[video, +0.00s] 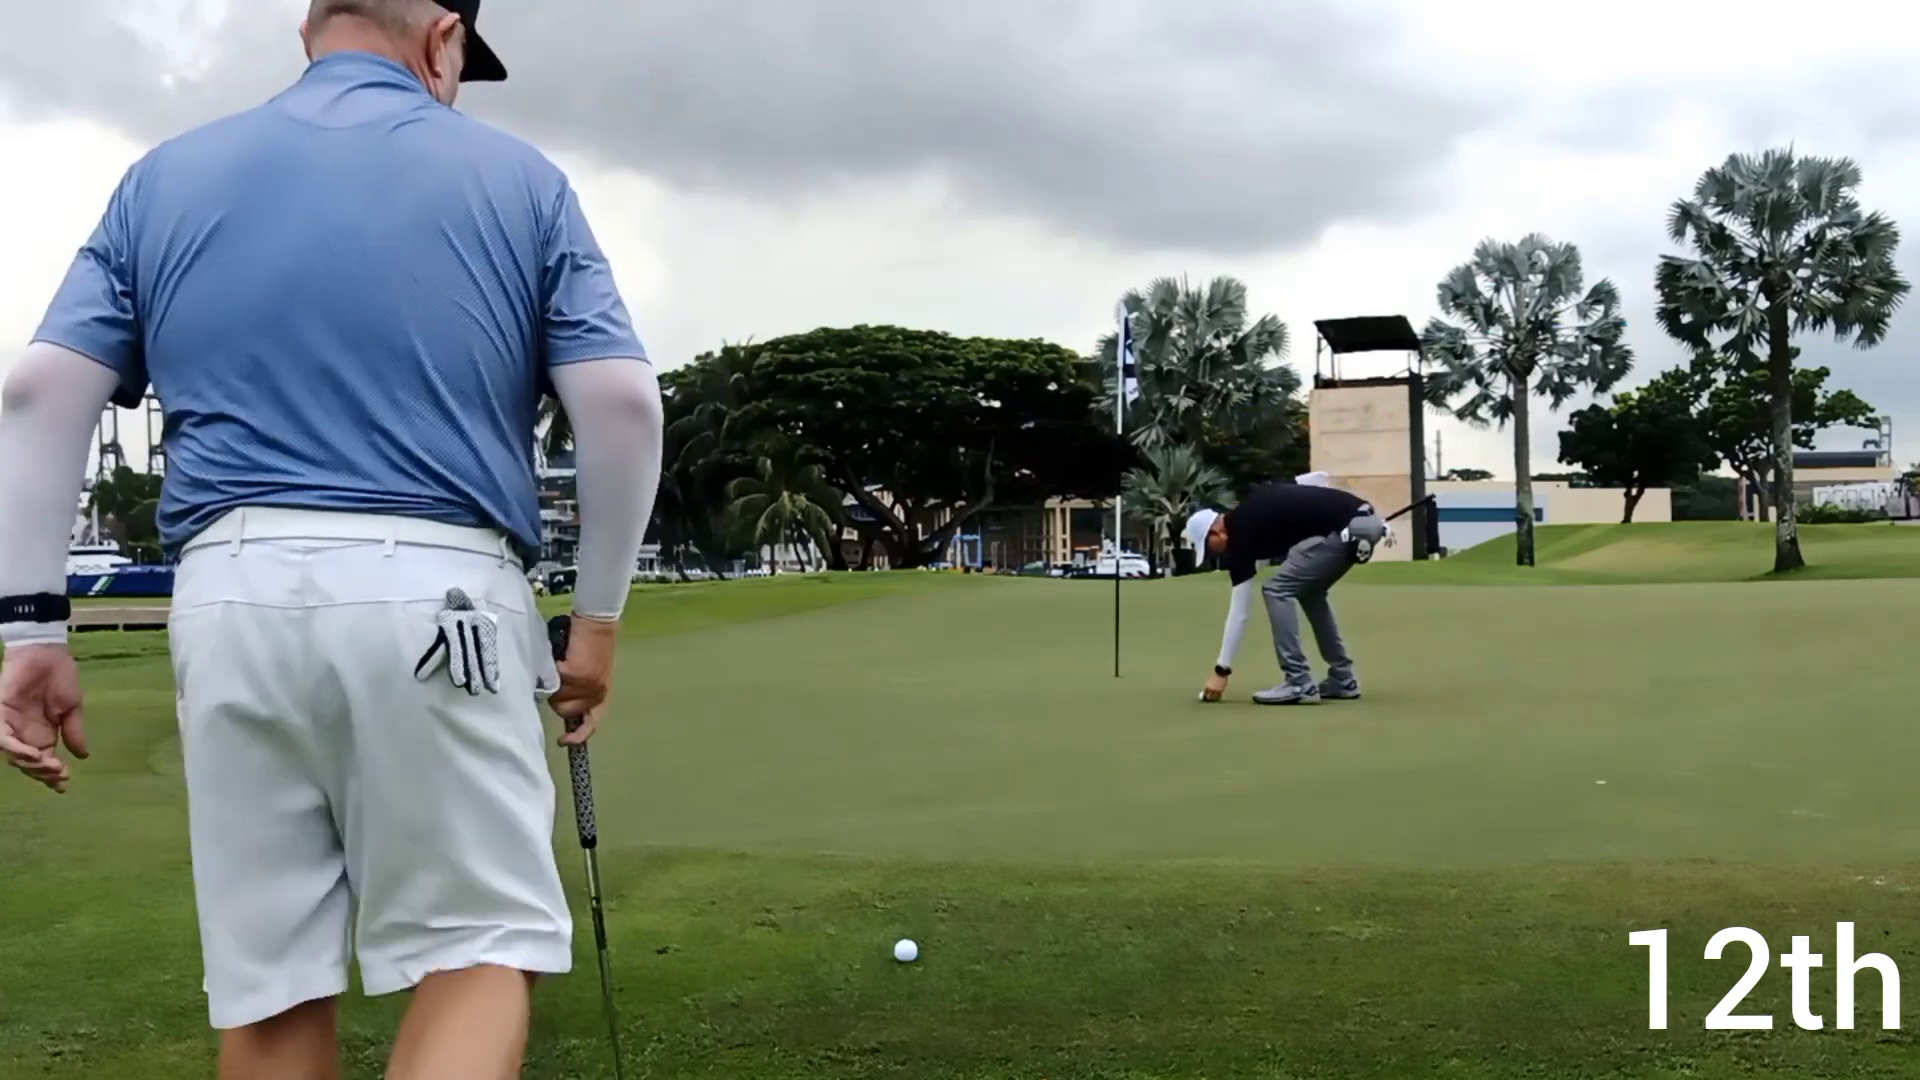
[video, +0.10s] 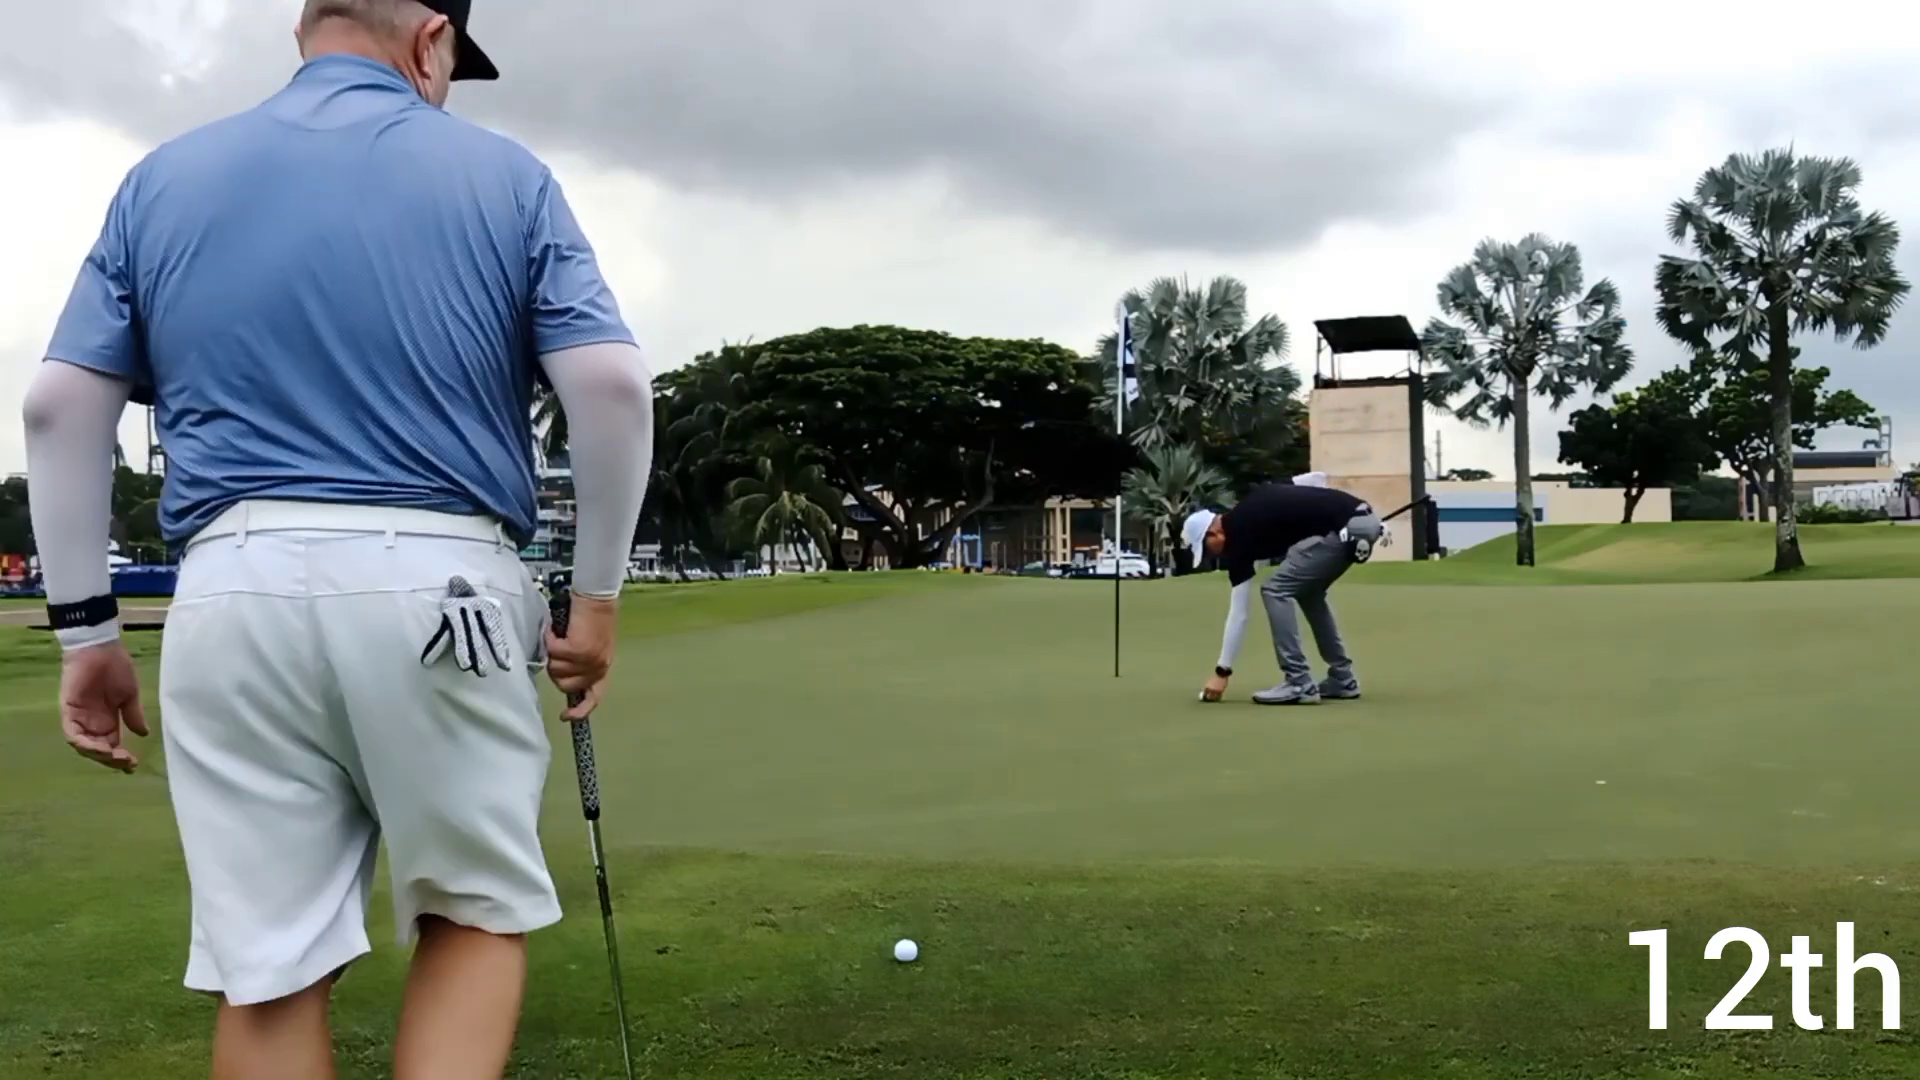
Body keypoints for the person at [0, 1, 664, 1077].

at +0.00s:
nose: (462, 82)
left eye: (468, 64)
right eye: (466, 57)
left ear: (309, 37)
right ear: (439, 44)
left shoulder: (168, 173)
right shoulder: (517, 176)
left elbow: (45, 386)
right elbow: (621, 398)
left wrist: (32, 624)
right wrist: (598, 615)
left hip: (226, 593)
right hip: (441, 590)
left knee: (270, 989)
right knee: (472, 948)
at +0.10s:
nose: (454, 80)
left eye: (457, 61)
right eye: (457, 55)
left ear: (305, 35)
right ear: (428, 37)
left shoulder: (164, 177)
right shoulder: (503, 174)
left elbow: (62, 407)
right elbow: (612, 383)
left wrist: (87, 630)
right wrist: (596, 590)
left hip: (229, 589)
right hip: (443, 584)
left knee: (268, 977)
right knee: (471, 912)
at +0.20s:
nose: (451, 100)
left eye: (452, 82)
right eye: (452, 76)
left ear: (303, 52)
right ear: (423, 58)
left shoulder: (172, 192)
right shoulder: (497, 187)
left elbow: (90, 435)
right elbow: (602, 391)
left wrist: (151, 622)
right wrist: (593, 594)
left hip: (239, 592)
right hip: (446, 588)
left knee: (271, 958)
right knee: (462, 903)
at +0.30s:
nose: (452, 129)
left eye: (456, 112)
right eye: (455, 108)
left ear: (310, 80)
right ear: (424, 88)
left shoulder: (188, 213)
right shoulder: (492, 205)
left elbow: (130, 460)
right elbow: (590, 412)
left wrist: (208, 586)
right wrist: (589, 602)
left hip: (249, 594)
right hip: (446, 593)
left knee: (273, 950)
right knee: (447, 894)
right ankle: (425, 1079)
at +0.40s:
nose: (457, 155)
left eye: (463, 136)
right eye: (461, 132)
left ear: (323, 105)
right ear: (432, 112)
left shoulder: (209, 230)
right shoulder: (499, 229)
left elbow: (159, 461)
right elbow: (589, 433)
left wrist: (251, 549)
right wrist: (593, 609)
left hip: (261, 602)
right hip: (446, 602)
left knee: (281, 936)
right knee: (426, 903)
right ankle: (402, 1078)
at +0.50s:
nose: (480, 171)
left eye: (485, 150)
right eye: (483, 147)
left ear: (350, 117)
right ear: (451, 127)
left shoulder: (235, 235)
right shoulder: (512, 247)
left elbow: (177, 448)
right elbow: (594, 447)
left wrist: (262, 536)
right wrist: (602, 610)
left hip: (273, 595)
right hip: (449, 598)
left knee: (286, 907)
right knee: (421, 904)